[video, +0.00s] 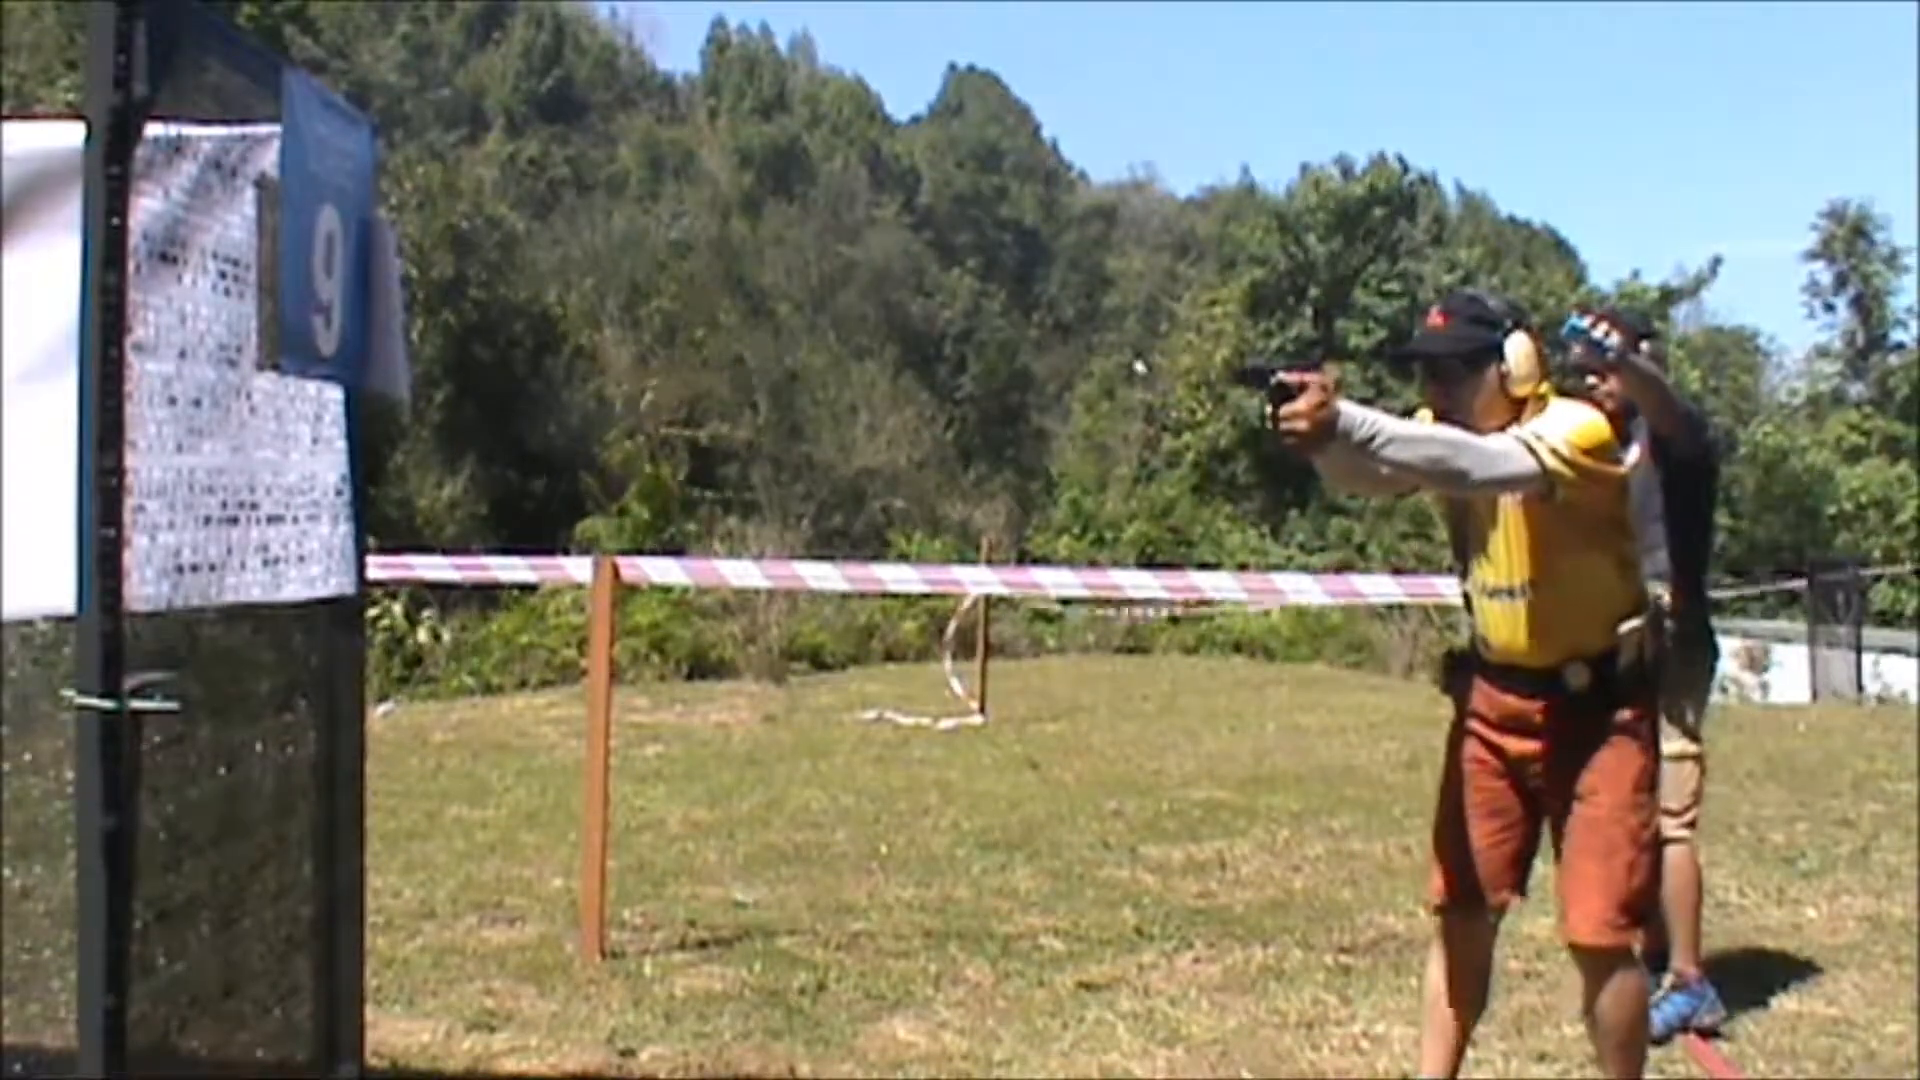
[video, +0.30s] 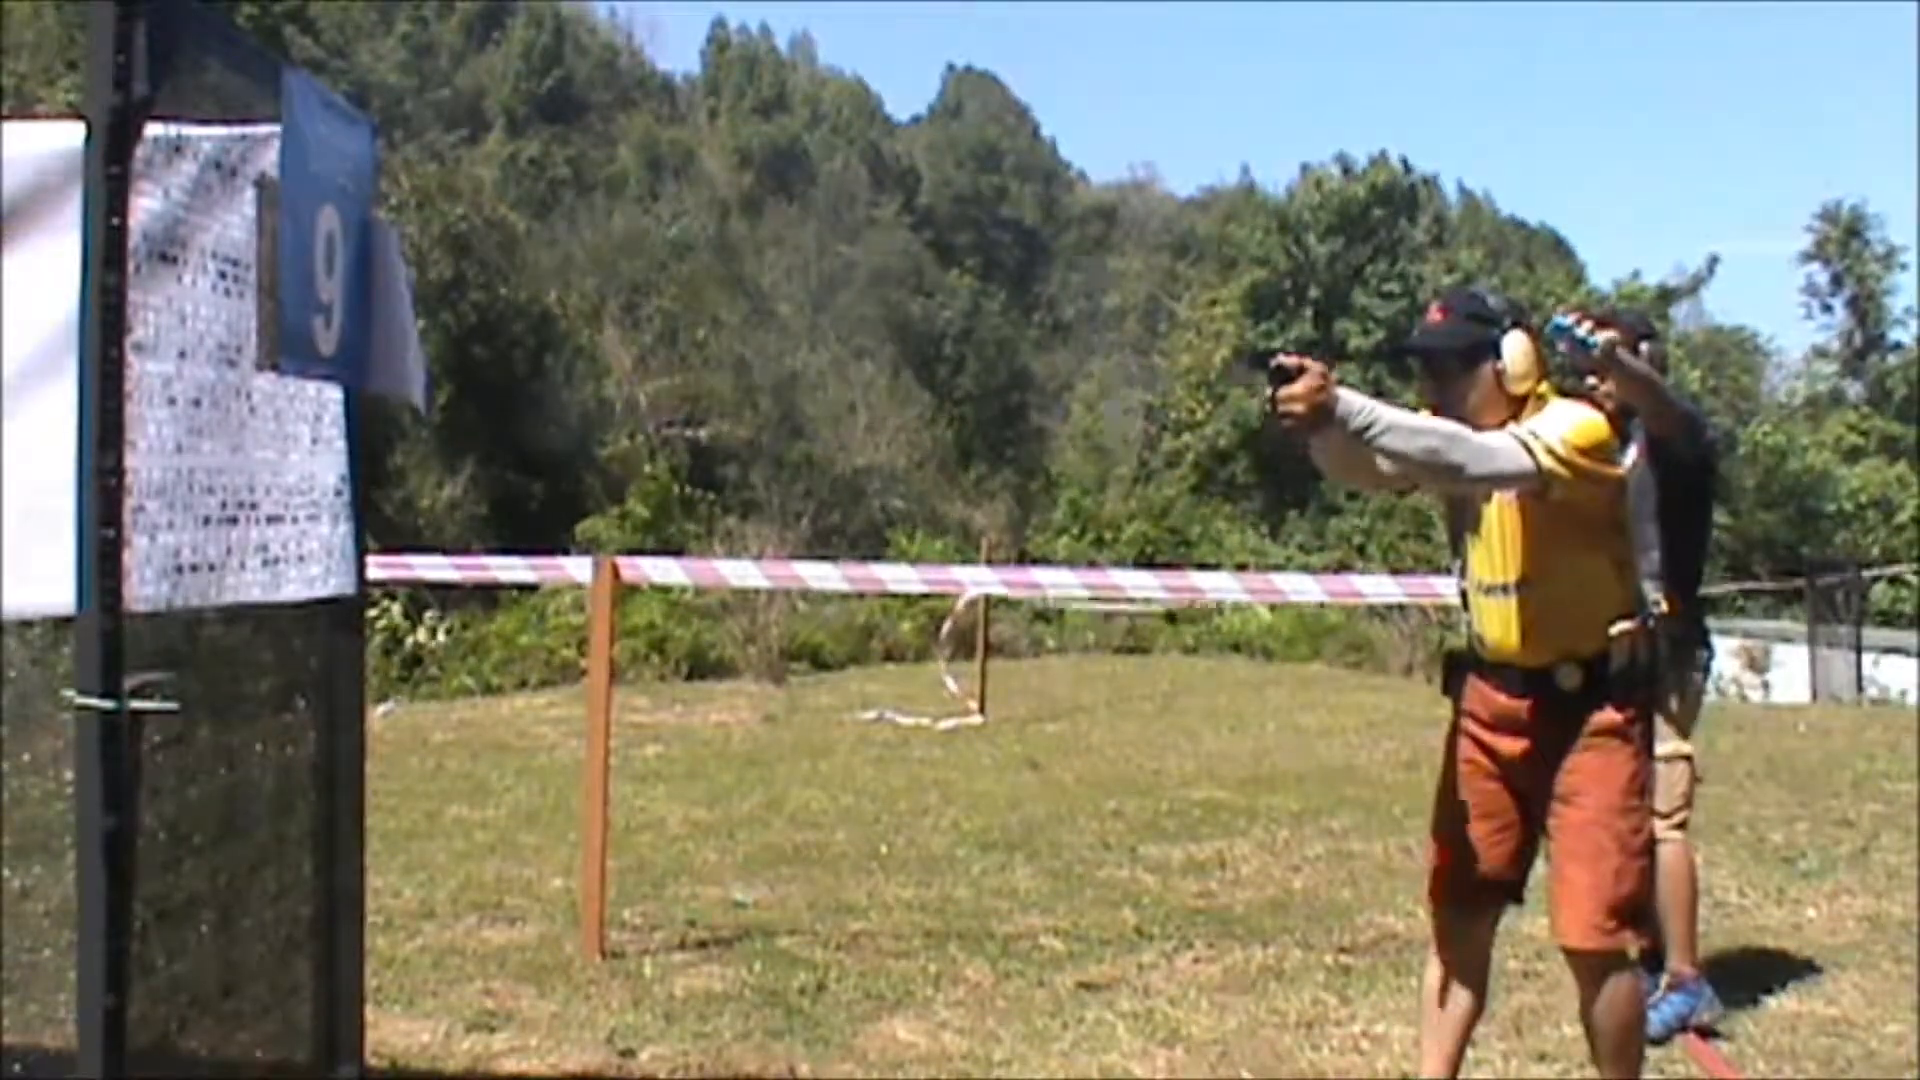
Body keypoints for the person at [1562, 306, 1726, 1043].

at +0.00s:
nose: (1595, 388)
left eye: (1608, 374)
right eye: (1587, 375)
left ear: (1642, 374)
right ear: (1580, 381)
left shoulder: (1682, 444)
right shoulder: (1584, 441)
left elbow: (1671, 419)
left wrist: (1628, 363)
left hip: (1670, 633)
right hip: (1595, 633)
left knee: (1670, 809)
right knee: (1610, 806)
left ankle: (1686, 975)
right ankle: (1632, 966)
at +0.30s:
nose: (1600, 382)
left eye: (1615, 366)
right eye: (1593, 368)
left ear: (1648, 366)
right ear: (1588, 375)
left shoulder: (1681, 442)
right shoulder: (1590, 438)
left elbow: (1666, 413)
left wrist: (1615, 360)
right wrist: (1556, 373)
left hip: (1665, 633)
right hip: (1597, 633)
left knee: (1663, 806)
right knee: (1607, 804)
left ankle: (1682, 975)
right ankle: (1630, 966)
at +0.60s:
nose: (1600, 377)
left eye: (1616, 362)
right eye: (1594, 364)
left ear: (1649, 364)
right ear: (1586, 371)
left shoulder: (1680, 439)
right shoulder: (1585, 432)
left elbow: (1667, 424)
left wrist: (1606, 365)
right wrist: (1546, 368)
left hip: (1661, 633)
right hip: (1593, 636)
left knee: (1660, 808)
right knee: (1608, 803)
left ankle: (1682, 974)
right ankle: (1636, 962)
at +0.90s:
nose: (1604, 370)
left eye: (1617, 358)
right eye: (1596, 359)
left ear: (1644, 362)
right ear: (1589, 366)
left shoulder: (1675, 438)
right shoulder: (1579, 432)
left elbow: (1660, 427)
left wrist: (1593, 364)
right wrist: (1554, 363)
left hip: (1660, 633)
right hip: (1598, 640)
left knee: (1656, 809)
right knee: (1611, 807)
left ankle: (1679, 972)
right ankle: (1628, 968)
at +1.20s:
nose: (1604, 370)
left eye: (1617, 358)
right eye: (1597, 360)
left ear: (1643, 362)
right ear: (1588, 368)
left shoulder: (1676, 438)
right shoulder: (1581, 433)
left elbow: (1658, 428)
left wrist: (1589, 364)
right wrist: (1555, 361)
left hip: (1658, 628)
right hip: (1596, 634)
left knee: (1655, 808)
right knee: (1609, 804)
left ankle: (1679, 971)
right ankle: (1635, 965)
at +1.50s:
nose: (1601, 374)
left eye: (1616, 360)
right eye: (1596, 361)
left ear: (1639, 365)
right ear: (1586, 371)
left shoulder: (1671, 438)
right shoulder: (1578, 434)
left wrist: (1586, 356)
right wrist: (1556, 362)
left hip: (1661, 621)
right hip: (1599, 628)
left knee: (1658, 806)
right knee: (1615, 803)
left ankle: (1678, 971)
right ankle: (1642, 966)